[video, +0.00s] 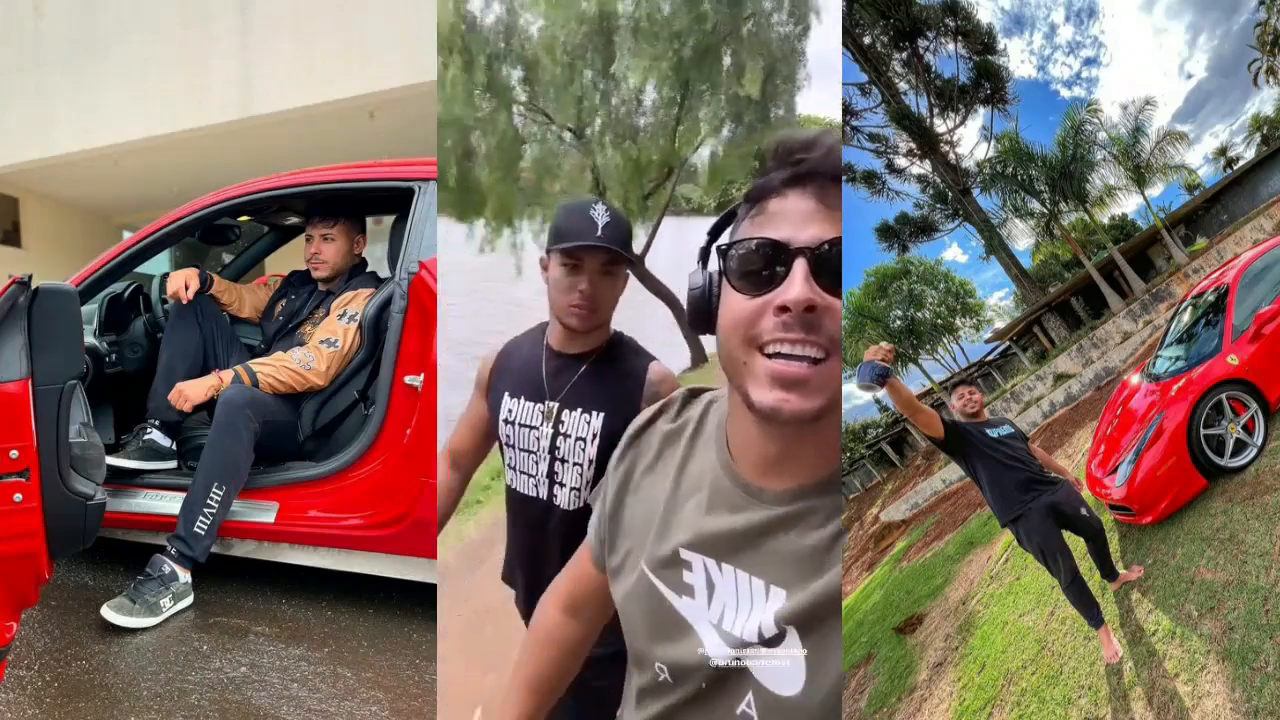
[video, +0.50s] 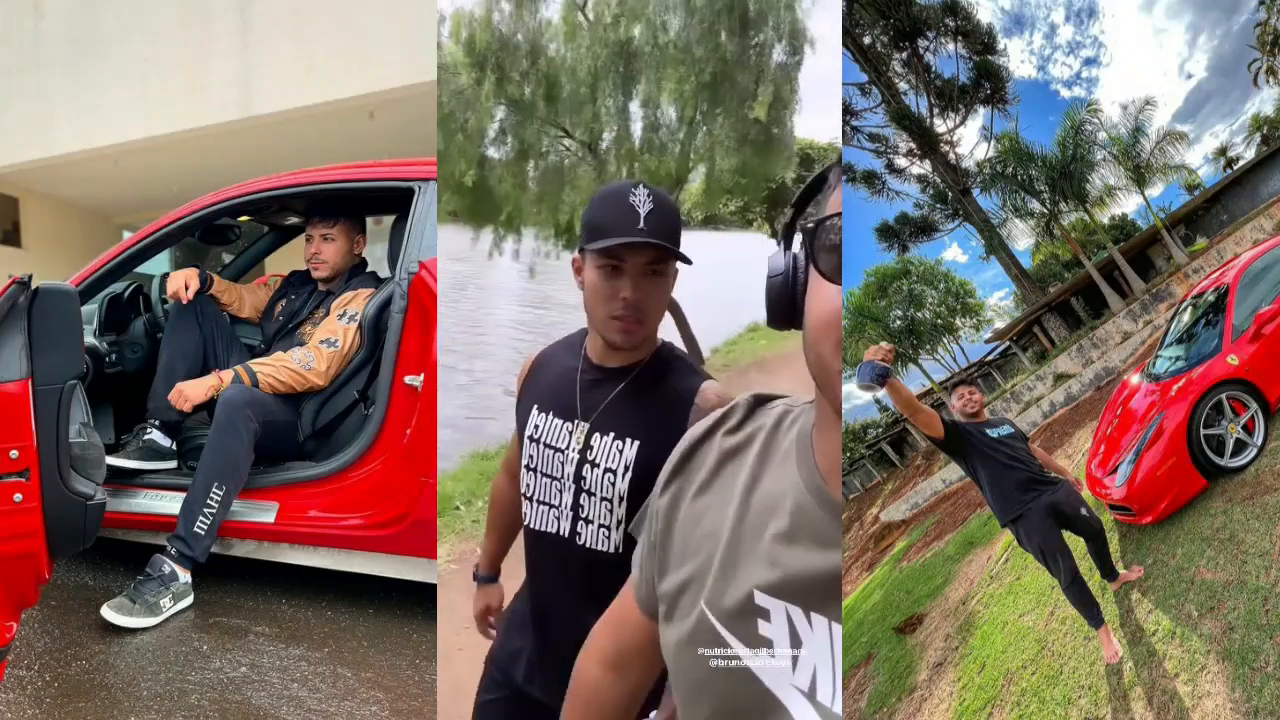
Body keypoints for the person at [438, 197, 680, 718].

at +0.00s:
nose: (586, 288)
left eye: (606, 272)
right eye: (572, 267)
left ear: (625, 280)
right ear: (545, 269)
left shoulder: (650, 384)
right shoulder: (509, 362)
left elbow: (664, 500)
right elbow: (455, 464)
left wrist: (649, 589)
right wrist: (410, 544)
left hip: (607, 602)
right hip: (531, 590)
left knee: (588, 708)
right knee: (549, 700)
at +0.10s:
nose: (605, 318)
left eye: (625, 301)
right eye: (589, 297)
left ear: (641, 310)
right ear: (559, 299)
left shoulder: (664, 416)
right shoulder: (517, 393)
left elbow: (682, 530)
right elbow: (455, 497)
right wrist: (407, 579)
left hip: (620, 621)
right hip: (538, 614)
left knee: (606, 712)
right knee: (522, 707)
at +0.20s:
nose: (629, 308)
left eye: (649, 290)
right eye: (614, 285)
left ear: (665, 299)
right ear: (580, 287)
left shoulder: (689, 417)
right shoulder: (533, 390)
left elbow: (708, 546)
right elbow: (475, 502)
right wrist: (426, 614)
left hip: (643, 665)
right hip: (551, 645)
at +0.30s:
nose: (646, 291)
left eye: (667, 273)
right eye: (630, 267)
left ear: (684, 283)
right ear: (595, 270)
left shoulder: (705, 406)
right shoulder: (547, 374)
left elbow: (717, 541)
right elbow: (504, 485)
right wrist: (461, 603)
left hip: (652, 659)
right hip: (557, 641)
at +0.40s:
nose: (639, 295)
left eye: (663, 275)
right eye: (622, 271)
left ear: (682, 286)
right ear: (590, 274)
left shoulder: (707, 412)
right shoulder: (550, 375)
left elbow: (714, 547)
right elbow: (513, 485)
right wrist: (479, 589)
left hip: (642, 660)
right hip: (543, 642)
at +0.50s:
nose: (631, 293)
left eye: (654, 271)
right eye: (612, 268)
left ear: (673, 280)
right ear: (579, 271)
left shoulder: (702, 409)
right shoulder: (544, 371)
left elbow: (711, 556)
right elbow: (516, 475)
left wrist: (683, 691)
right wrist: (486, 571)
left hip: (629, 676)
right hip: (530, 647)